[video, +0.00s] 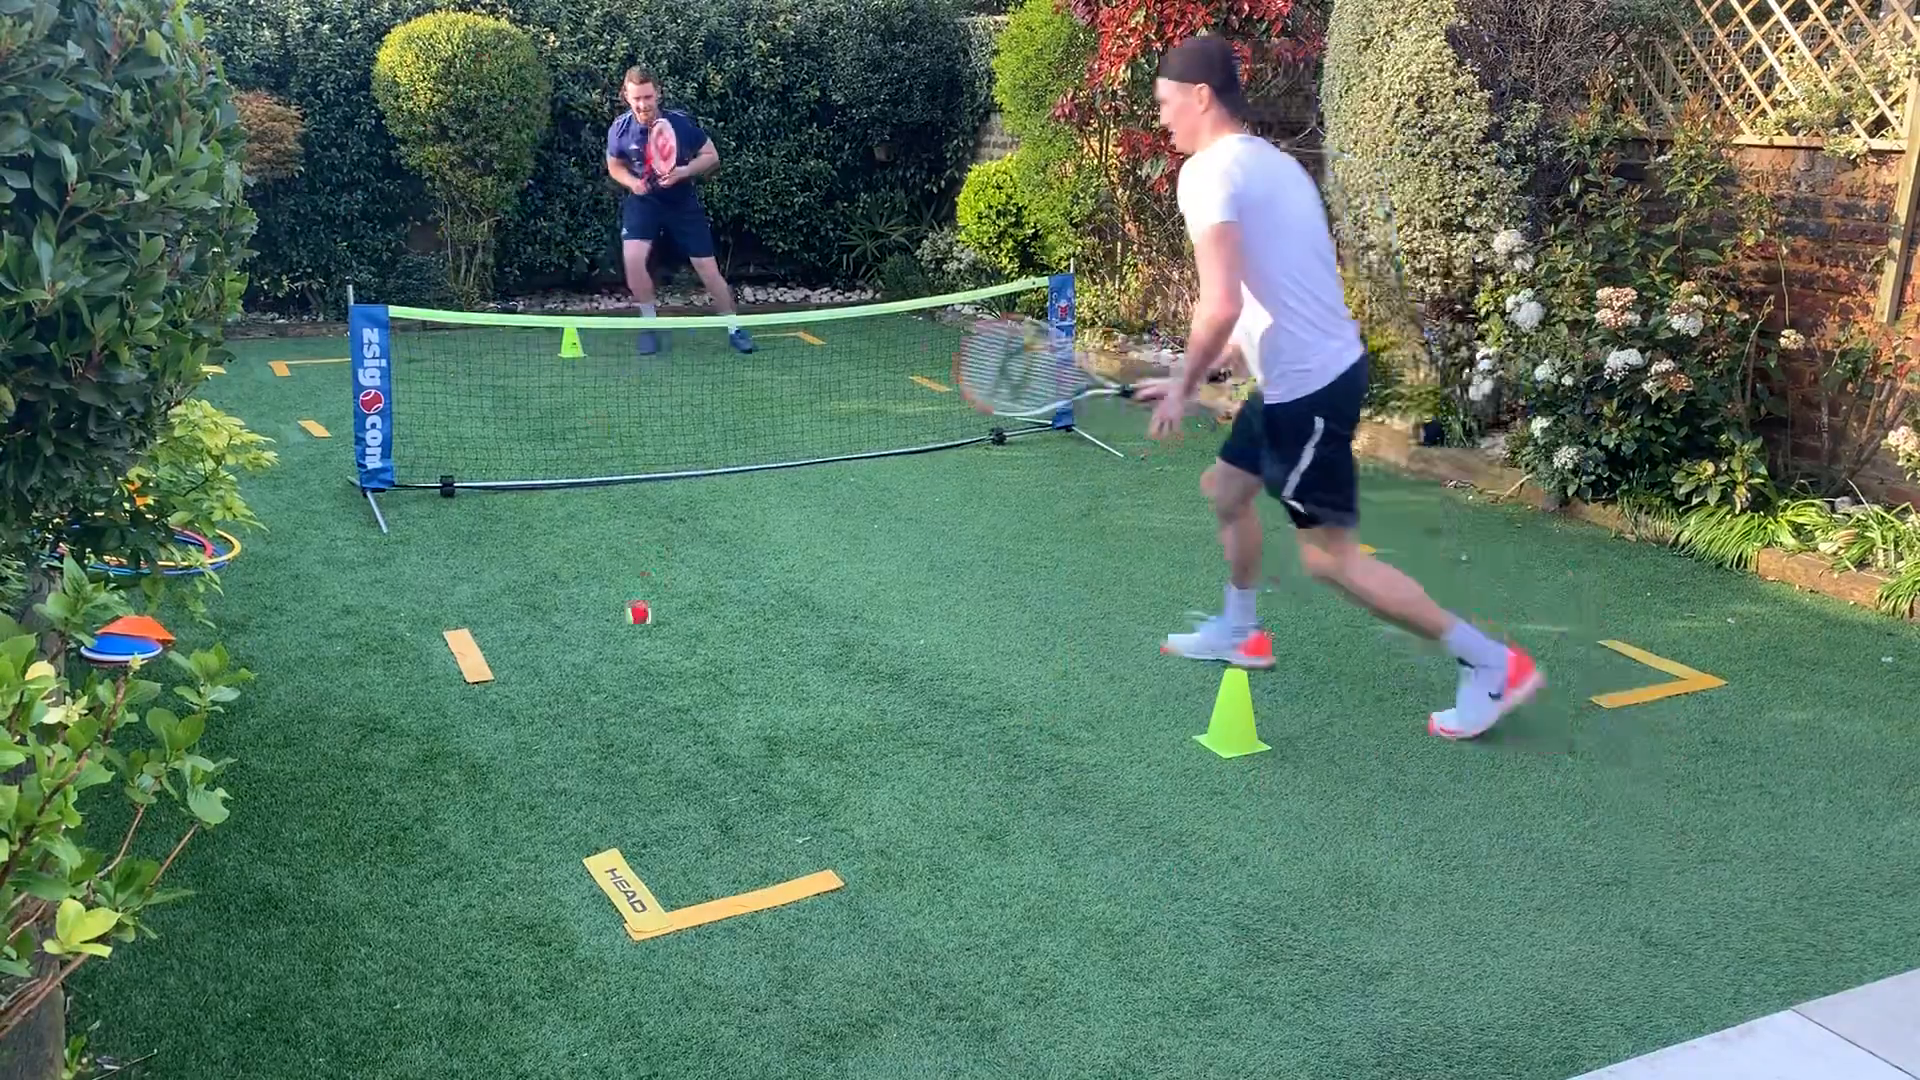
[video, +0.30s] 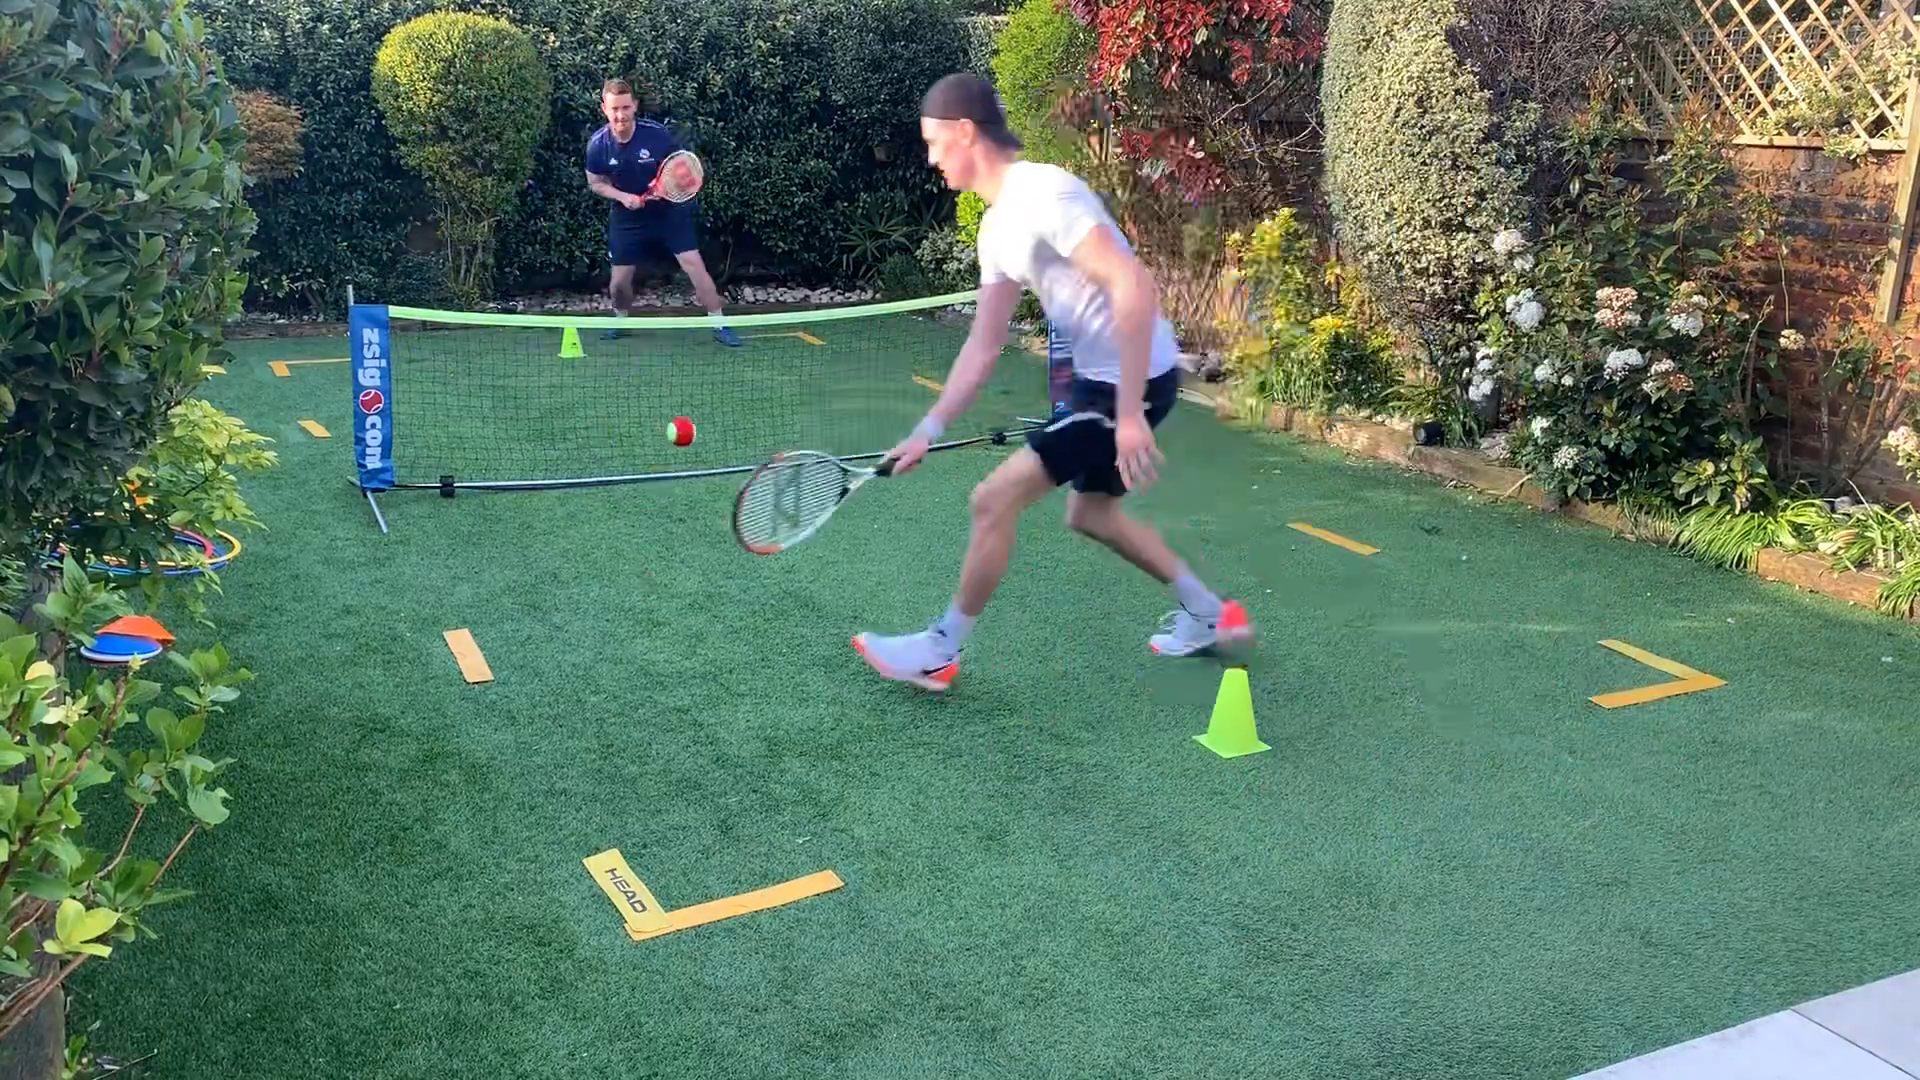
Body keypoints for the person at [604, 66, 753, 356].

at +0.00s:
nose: (642, 105)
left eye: (648, 98)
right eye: (636, 99)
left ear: (659, 94)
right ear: (626, 97)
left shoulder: (679, 122)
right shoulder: (620, 129)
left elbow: (712, 156)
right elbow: (614, 165)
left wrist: (682, 171)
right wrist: (633, 182)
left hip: (682, 201)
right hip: (643, 202)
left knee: (708, 269)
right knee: (632, 262)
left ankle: (734, 329)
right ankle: (649, 326)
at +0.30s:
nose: (620, 115)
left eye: (626, 108)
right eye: (614, 109)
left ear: (635, 106)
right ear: (605, 109)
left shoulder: (656, 135)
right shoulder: (598, 144)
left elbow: (677, 170)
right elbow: (596, 183)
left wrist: (663, 184)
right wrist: (622, 196)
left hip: (667, 209)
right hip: (626, 214)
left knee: (692, 262)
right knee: (619, 280)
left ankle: (720, 324)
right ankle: (619, 319)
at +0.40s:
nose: (607, 102)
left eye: (612, 95)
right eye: (601, 95)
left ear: (622, 94)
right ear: (591, 96)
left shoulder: (641, 126)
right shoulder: (580, 130)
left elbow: (663, 162)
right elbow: (573, 168)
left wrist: (649, 177)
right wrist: (604, 182)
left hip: (644, 202)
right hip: (605, 207)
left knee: (668, 260)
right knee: (607, 268)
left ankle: (693, 318)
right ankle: (617, 320)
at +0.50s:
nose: (597, 89)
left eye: (602, 82)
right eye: (590, 83)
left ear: (610, 83)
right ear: (580, 85)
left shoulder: (629, 113)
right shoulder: (568, 117)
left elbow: (648, 145)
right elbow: (558, 157)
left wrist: (634, 166)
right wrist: (588, 172)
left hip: (626, 195)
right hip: (586, 197)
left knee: (638, 255)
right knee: (584, 258)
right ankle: (603, 314)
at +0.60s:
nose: (582, 92)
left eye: (587, 85)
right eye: (576, 86)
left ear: (596, 87)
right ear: (566, 88)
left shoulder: (615, 119)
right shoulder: (555, 121)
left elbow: (634, 149)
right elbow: (543, 160)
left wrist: (622, 170)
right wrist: (573, 177)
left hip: (610, 201)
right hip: (570, 199)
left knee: (612, 263)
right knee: (558, 258)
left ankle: (605, 313)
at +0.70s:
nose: (569, 105)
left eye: (574, 99)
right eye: (563, 100)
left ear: (584, 100)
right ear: (553, 102)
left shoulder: (602, 135)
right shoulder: (541, 138)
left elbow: (621, 169)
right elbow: (529, 176)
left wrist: (605, 185)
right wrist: (559, 196)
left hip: (594, 210)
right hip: (554, 210)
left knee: (607, 273)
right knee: (536, 264)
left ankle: (598, 318)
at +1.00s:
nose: (569, 110)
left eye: (573, 103)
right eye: (562, 104)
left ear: (584, 103)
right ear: (554, 106)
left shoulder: (603, 136)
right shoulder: (544, 144)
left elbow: (626, 178)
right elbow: (530, 180)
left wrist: (596, 191)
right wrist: (529, 206)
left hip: (601, 215)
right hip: (560, 217)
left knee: (633, 269)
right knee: (534, 272)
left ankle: (642, 324)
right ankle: (512, 322)